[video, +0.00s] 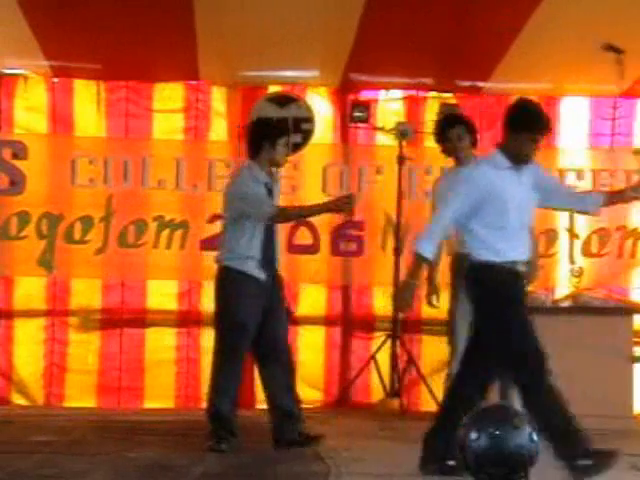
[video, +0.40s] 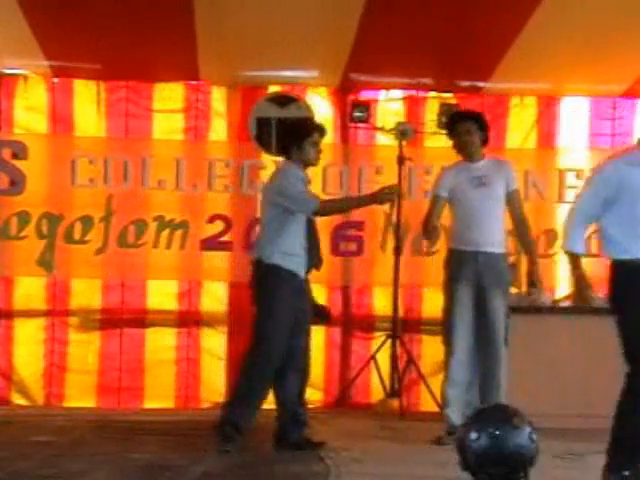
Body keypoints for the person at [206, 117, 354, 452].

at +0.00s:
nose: (288, 155)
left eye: (290, 148)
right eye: (284, 147)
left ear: (278, 148)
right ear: (265, 145)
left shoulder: (270, 182)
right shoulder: (244, 182)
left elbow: (261, 236)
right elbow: (274, 216)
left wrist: (274, 279)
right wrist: (327, 207)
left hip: (264, 279)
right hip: (238, 277)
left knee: (275, 354)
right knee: (231, 353)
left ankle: (287, 428)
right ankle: (222, 429)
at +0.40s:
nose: (320, 151)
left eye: (319, 145)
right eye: (315, 145)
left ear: (304, 148)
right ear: (298, 146)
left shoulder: (295, 181)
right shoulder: (285, 178)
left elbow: (292, 248)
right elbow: (319, 208)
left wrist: (306, 298)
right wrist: (372, 198)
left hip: (292, 276)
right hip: (276, 272)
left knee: (294, 354)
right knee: (270, 350)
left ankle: (291, 431)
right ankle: (233, 423)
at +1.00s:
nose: (337, 154)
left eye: (338, 148)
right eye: (332, 148)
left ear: (324, 151)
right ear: (313, 148)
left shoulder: (312, 179)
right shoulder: (305, 176)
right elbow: (346, 197)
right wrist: (399, 196)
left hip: (300, 271)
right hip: (286, 268)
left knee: (302, 354)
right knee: (286, 350)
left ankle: (294, 432)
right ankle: (254, 428)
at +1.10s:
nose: (339, 155)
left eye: (340, 149)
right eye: (333, 149)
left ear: (323, 152)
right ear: (315, 149)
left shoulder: (312, 179)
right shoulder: (306, 177)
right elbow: (348, 196)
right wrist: (400, 195)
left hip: (301, 270)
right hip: (288, 268)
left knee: (302, 352)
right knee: (289, 349)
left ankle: (293, 432)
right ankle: (254, 427)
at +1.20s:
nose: (339, 155)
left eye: (340, 149)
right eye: (334, 148)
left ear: (329, 153)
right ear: (317, 149)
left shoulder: (313, 179)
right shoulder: (307, 177)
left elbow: (349, 196)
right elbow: (350, 195)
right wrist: (399, 194)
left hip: (301, 269)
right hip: (289, 268)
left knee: (302, 351)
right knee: (294, 350)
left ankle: (293, 431)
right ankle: (256, 423)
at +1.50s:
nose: (344, 155)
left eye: (346, 149)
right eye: (338, 148)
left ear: (340, 152)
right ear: (320, 149)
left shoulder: (316, 178)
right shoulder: (311, 176)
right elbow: (347, 195)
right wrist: (394, 194)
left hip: (303, 267)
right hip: (297, 266)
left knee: (307, 343)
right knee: (319, 342)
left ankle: (296, 429)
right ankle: (302, 431)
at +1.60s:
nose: (346, 156)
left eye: (348, 150)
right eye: (341, 149)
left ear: (342, 152)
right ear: (323, 149)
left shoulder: (320, 181)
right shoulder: (313, 177)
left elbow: (317, 247)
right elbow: (347, 195)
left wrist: (330, 301)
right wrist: (395, 194)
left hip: (307, 268)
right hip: (300, 266)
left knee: (307, 347)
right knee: (321, 345)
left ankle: (295, 428)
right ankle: (325, 428)